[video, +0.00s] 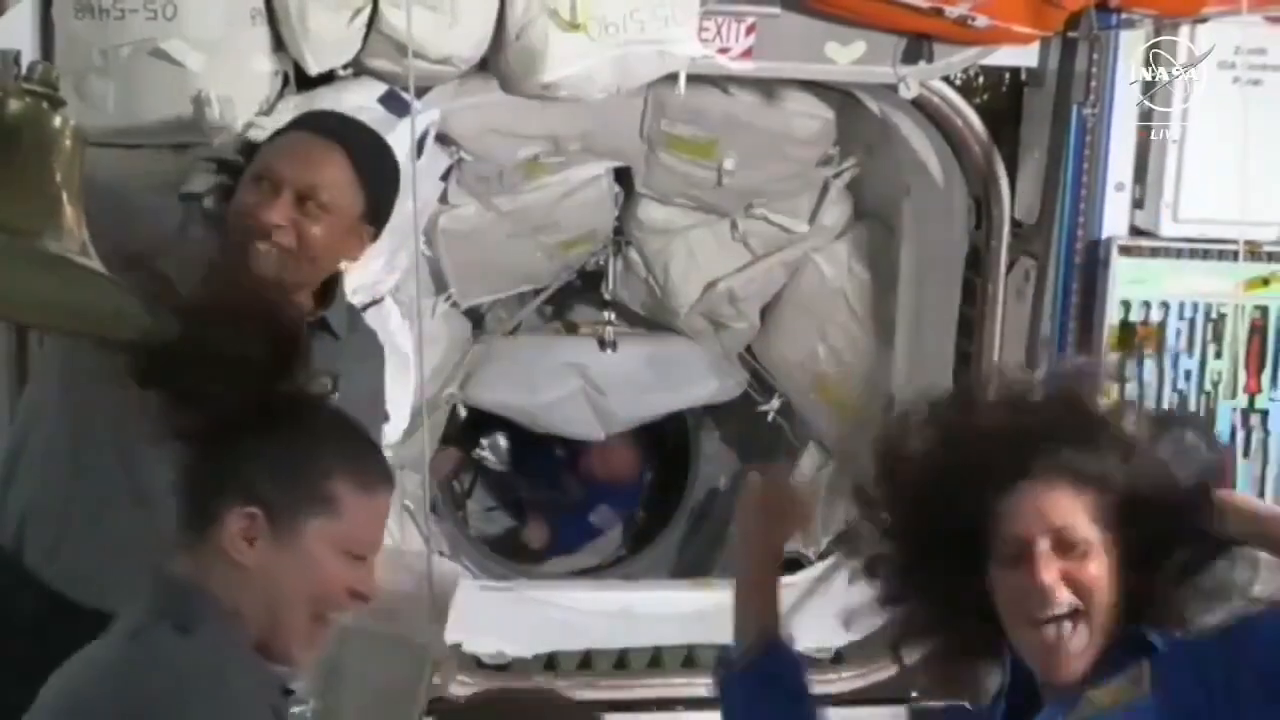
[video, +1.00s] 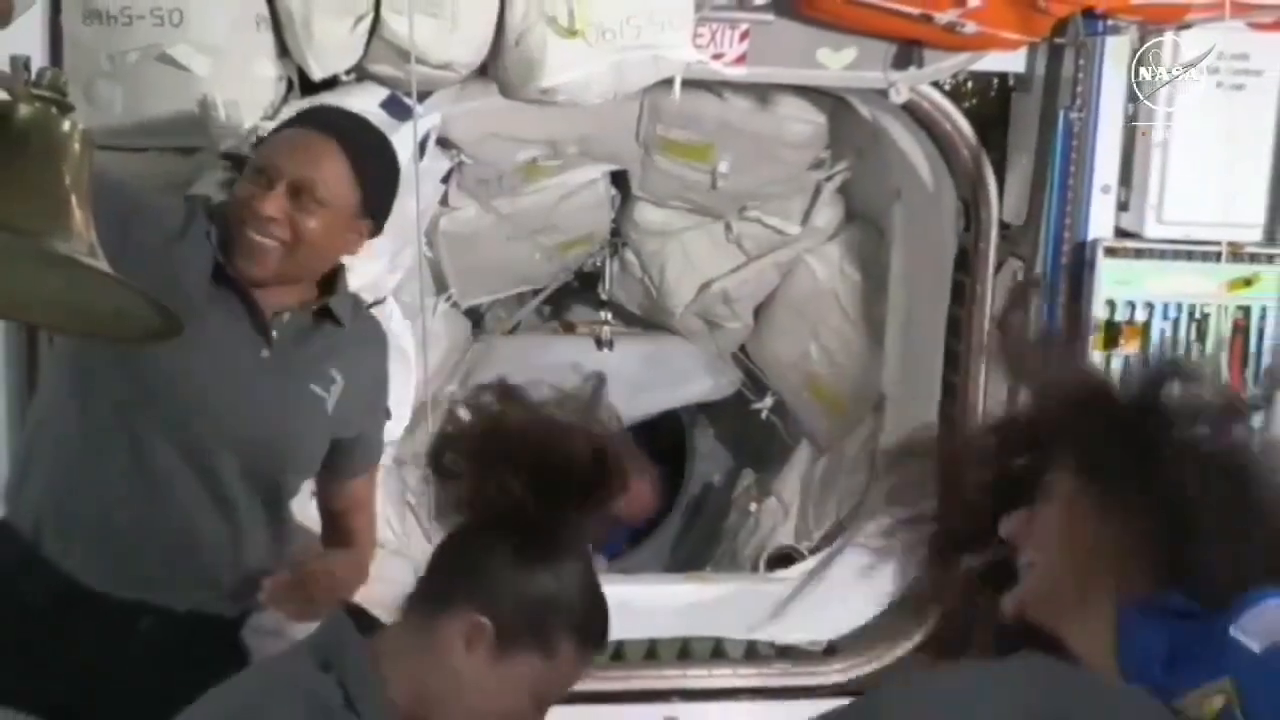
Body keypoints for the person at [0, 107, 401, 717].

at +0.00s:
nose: (271, 217)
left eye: (310, 205)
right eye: (264, 184)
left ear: (358, 243)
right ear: (237, 185)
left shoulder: (353, 363)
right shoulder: (134, 240)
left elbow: (331, 522)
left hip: (188, 634)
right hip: (28, 585)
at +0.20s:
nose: (274, 215)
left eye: (311, 205)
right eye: (265, 184)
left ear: (357, 244)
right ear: (238, 187)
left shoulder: (347, 352)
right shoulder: (140, 234)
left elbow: (335, 508)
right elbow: (34, 167)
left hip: (187, 627)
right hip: (30, 582)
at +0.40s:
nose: (283, 222)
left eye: (320, 210)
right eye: (273, 190)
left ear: (363, 241)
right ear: (240, 187)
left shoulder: (347, 361)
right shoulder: (115, 229)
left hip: (201, 639)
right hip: (34, 592)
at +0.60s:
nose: (299, 224)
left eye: (335, 212)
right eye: (284, 189)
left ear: (365, 240)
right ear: (245, 182)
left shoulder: (340, 347)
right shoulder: (133, 228)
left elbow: (346, 529)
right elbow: (29, 159)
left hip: (195, 641)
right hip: (39, 605)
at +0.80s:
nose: (293, 220)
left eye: (329, 209)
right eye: (281, 187)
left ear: (360, 238)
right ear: (245, 180)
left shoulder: (352, 347)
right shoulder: (136, 231)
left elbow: (348, 535)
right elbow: (28, 175)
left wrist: (338, 567)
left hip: (196, 645)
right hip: (39, 603)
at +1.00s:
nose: (267, 205)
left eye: (305, 199)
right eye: (261, 177)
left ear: (357, 236)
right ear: (239, 174)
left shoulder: (354, 348)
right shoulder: (144, 233)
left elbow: (350, 525)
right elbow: (31, 169)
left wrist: (342, 569)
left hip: (194, 643)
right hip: (36, 594)